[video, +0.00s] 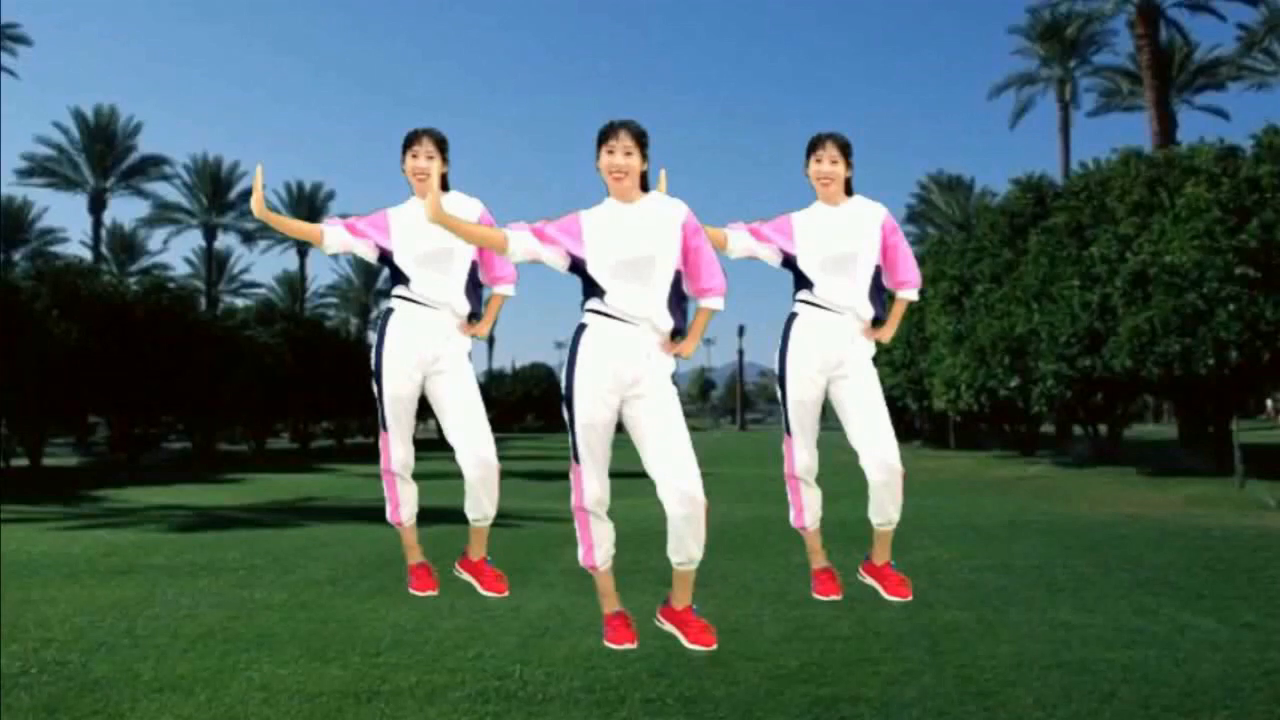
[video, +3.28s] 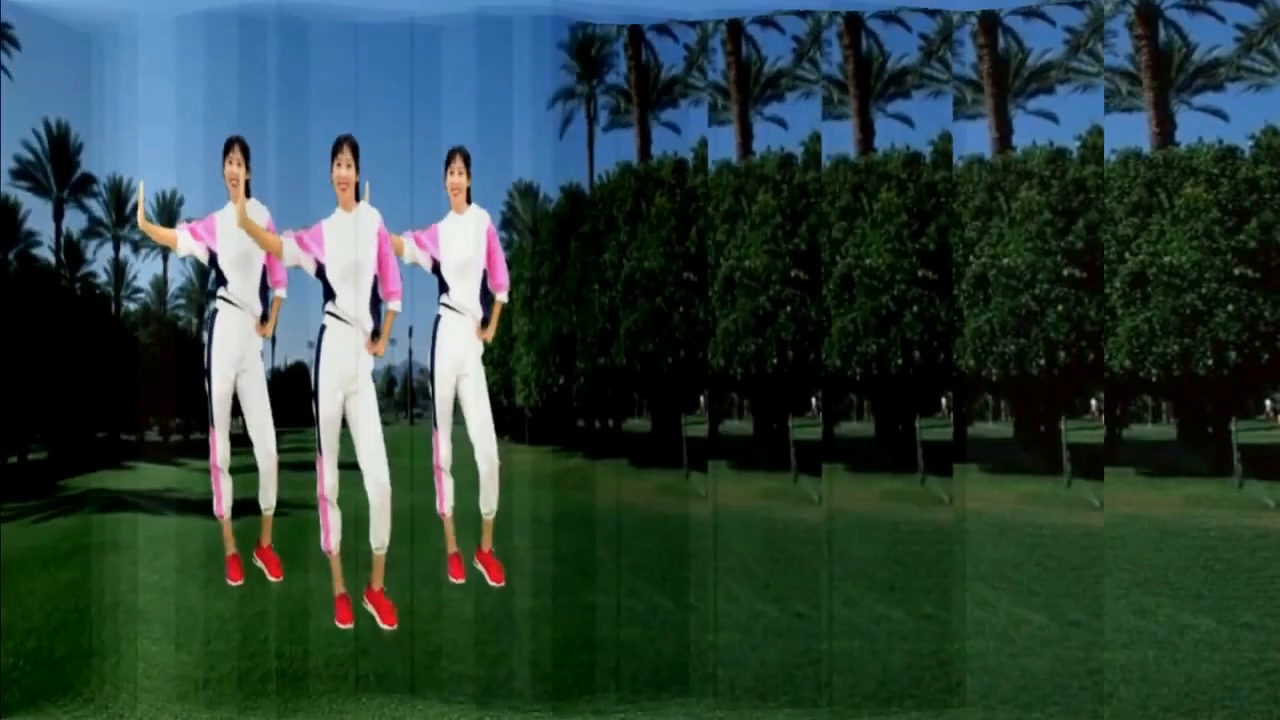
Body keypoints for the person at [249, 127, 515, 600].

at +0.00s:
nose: (420, 164)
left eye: (428, 157)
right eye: (413, 157)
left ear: (444, 165)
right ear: (404, 166)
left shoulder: (473, 211)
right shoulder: (393, 220)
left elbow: (503, 272)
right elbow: (327, 235)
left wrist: (485, 324)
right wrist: (266, 215)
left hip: (451, 334)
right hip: (401, 331)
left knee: (482, 456)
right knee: (399, 452)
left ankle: (476, 557)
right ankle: (415, 561)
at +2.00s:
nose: (420, 164)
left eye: (428, 157)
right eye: (412, 157)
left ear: (444, 165)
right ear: (403, 166)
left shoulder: (473, 211)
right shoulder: (393, 220)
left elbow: (503, 273)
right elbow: (327, 235)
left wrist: (484, 325)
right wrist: (265, 215)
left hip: (451, 335)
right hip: (401, 331)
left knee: (482, 456)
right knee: (399, 453)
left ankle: (476, 557)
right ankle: (415, 561)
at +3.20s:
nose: (465, 165)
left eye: (472, 157)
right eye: (458, 158)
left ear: (486, 166)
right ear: (448, 167)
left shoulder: (509, 216)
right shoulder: (439, 227)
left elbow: (535, 284)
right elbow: (384, 246)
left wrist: (519, 338)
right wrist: (334, 222)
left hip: (492, 352)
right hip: (450, 347)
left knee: (516, 485)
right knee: (446, 480)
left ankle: (511, 600)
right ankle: (459, 601)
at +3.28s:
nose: (456, 180)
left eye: (461, 174)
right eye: (451, 174)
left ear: (471, 180)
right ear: (444, 181)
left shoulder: (483, 222)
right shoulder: (437, 231)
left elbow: (500, 279)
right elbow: (399, 246)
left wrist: (492, 325)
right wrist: (371, 223)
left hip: (473, 336)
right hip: (444, 335)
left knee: (487, 445)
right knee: (442, 444)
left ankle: (485, 547)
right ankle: (452, 548)